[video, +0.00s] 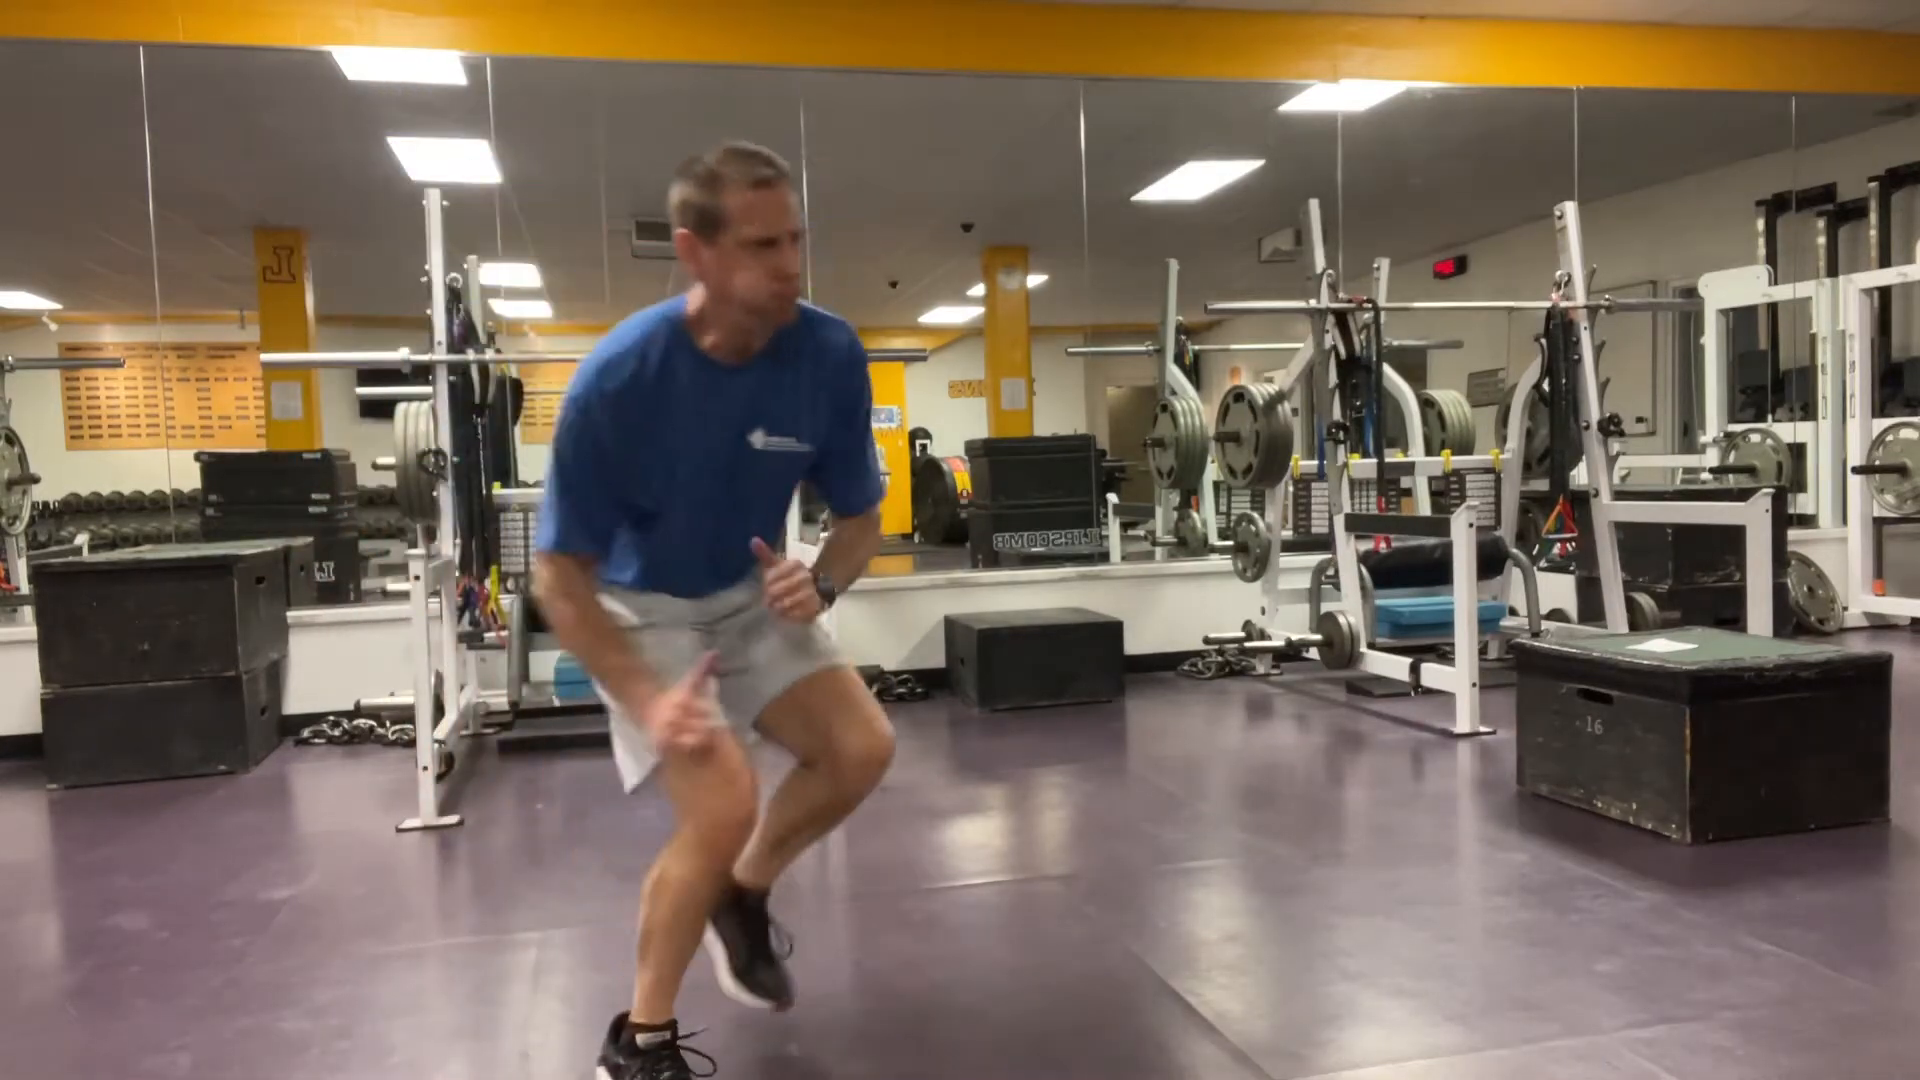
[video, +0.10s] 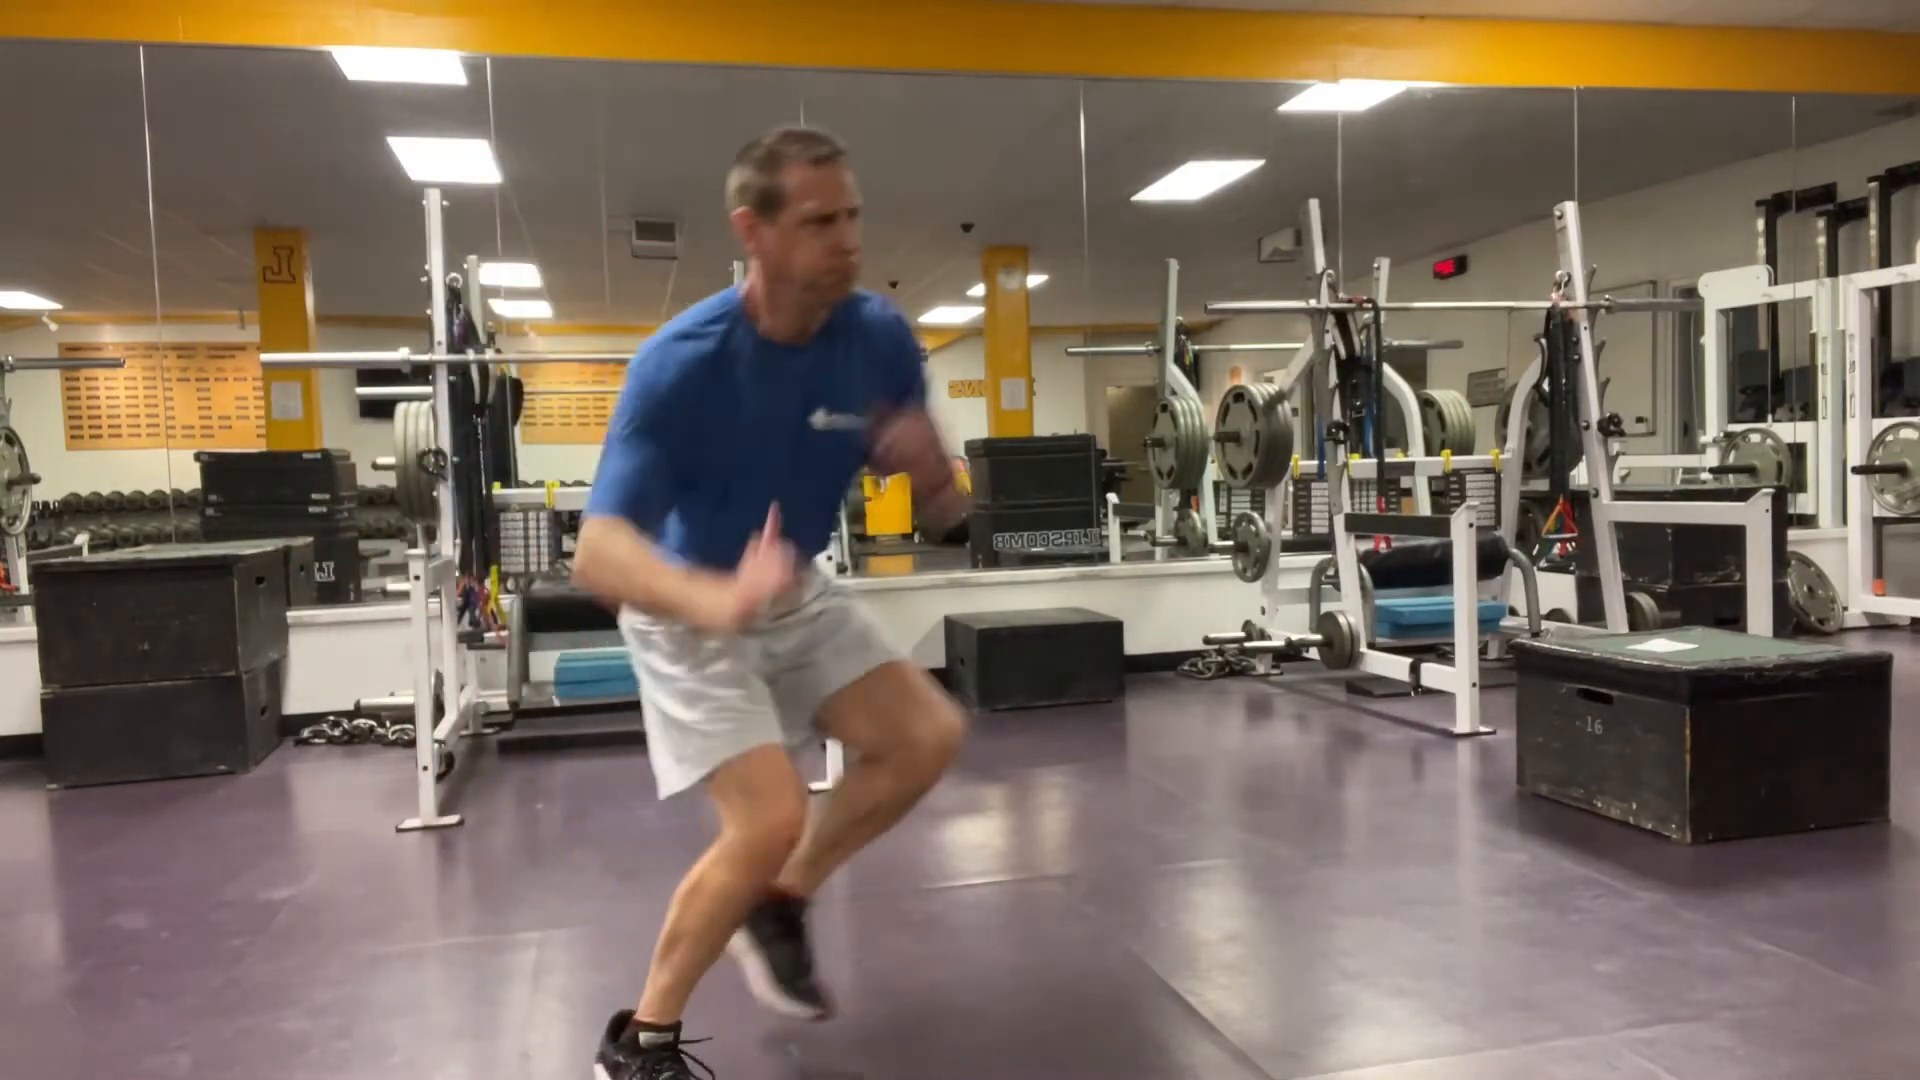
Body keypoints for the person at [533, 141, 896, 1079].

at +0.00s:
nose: (790, 267)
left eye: (795, 242)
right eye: (762, 246)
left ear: (804, 242)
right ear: (695, 256)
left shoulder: (829, 356)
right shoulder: (615, 383)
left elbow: (858, 509)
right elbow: (560, 574)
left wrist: (820, 579)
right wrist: (642, 694)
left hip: (753, 595)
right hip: (636, 611)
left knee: (861, 750)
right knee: (721, 813)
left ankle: (742, 890)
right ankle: (644, 1034)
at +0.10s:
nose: (847, 241)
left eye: (852, 218)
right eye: (820, 224)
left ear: (859, 219)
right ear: (751, 232)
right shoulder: (680, 365)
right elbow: (597, 550)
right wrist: (713, 599)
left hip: (798, 593)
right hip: (685, 611)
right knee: (770, 824)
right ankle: (645, 1037)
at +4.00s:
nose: (460, 207)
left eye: (471, 193)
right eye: (444, 193)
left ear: (483, 199)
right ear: (409, 195)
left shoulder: (519, 295)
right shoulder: (358, 292)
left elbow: (553, 398)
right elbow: (317, 407)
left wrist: (579, 483)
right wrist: (309, 518)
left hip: (492, 494)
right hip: (402, 494)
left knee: (493, 667)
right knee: (422, 674)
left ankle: (496, 825)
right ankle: (404, 842)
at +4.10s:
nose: (459, 208)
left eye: (471, 194)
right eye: (444, 193)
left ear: (483, 200)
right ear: (409, 197)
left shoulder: (518, 295)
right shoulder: (358, 292)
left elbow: (558, 394)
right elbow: (316, 407)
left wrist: (591, 474)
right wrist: (311, 513)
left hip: (492, 494)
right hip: (402, 493)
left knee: (493, 666)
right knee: (425, 670)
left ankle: (495, 827)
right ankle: (403, 834)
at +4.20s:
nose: (453, 208)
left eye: (464, 194)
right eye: (437, 193)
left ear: (476, 200)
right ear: (401, 195)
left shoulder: (512, 295)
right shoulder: (353, 293)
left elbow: (555, 391)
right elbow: (307, 406)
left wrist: (591, 464)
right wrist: (310, 507)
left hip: (487, 495)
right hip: (396, 494)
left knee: (493, 666)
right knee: (425, 672)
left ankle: (495, 825)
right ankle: (400, 828)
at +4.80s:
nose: (403, 232)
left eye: (414, 216)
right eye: (387, 217)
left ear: (428, 218)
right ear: (350, 216)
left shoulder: (464, 299)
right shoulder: (301, 305)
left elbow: (506, 398)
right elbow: (269, 426)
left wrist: (521, 453)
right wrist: (308, 500)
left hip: (449, 485)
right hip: (356, 503)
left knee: (512, 549)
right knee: (387, 685)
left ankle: (485, 674)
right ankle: (400, 839)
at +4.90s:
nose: (414, 246)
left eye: (425, 229)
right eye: (397, 230)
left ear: (438, 231)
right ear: (358, 227)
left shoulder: (472, 311)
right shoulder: (304, 315)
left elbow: (509, 399)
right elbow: (251, 424)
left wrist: (527, 476)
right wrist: (257, 537)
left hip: (445, 487)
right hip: (353, 507)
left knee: (509, 556)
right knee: (386, 688)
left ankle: (471, 661)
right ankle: (400, 840)